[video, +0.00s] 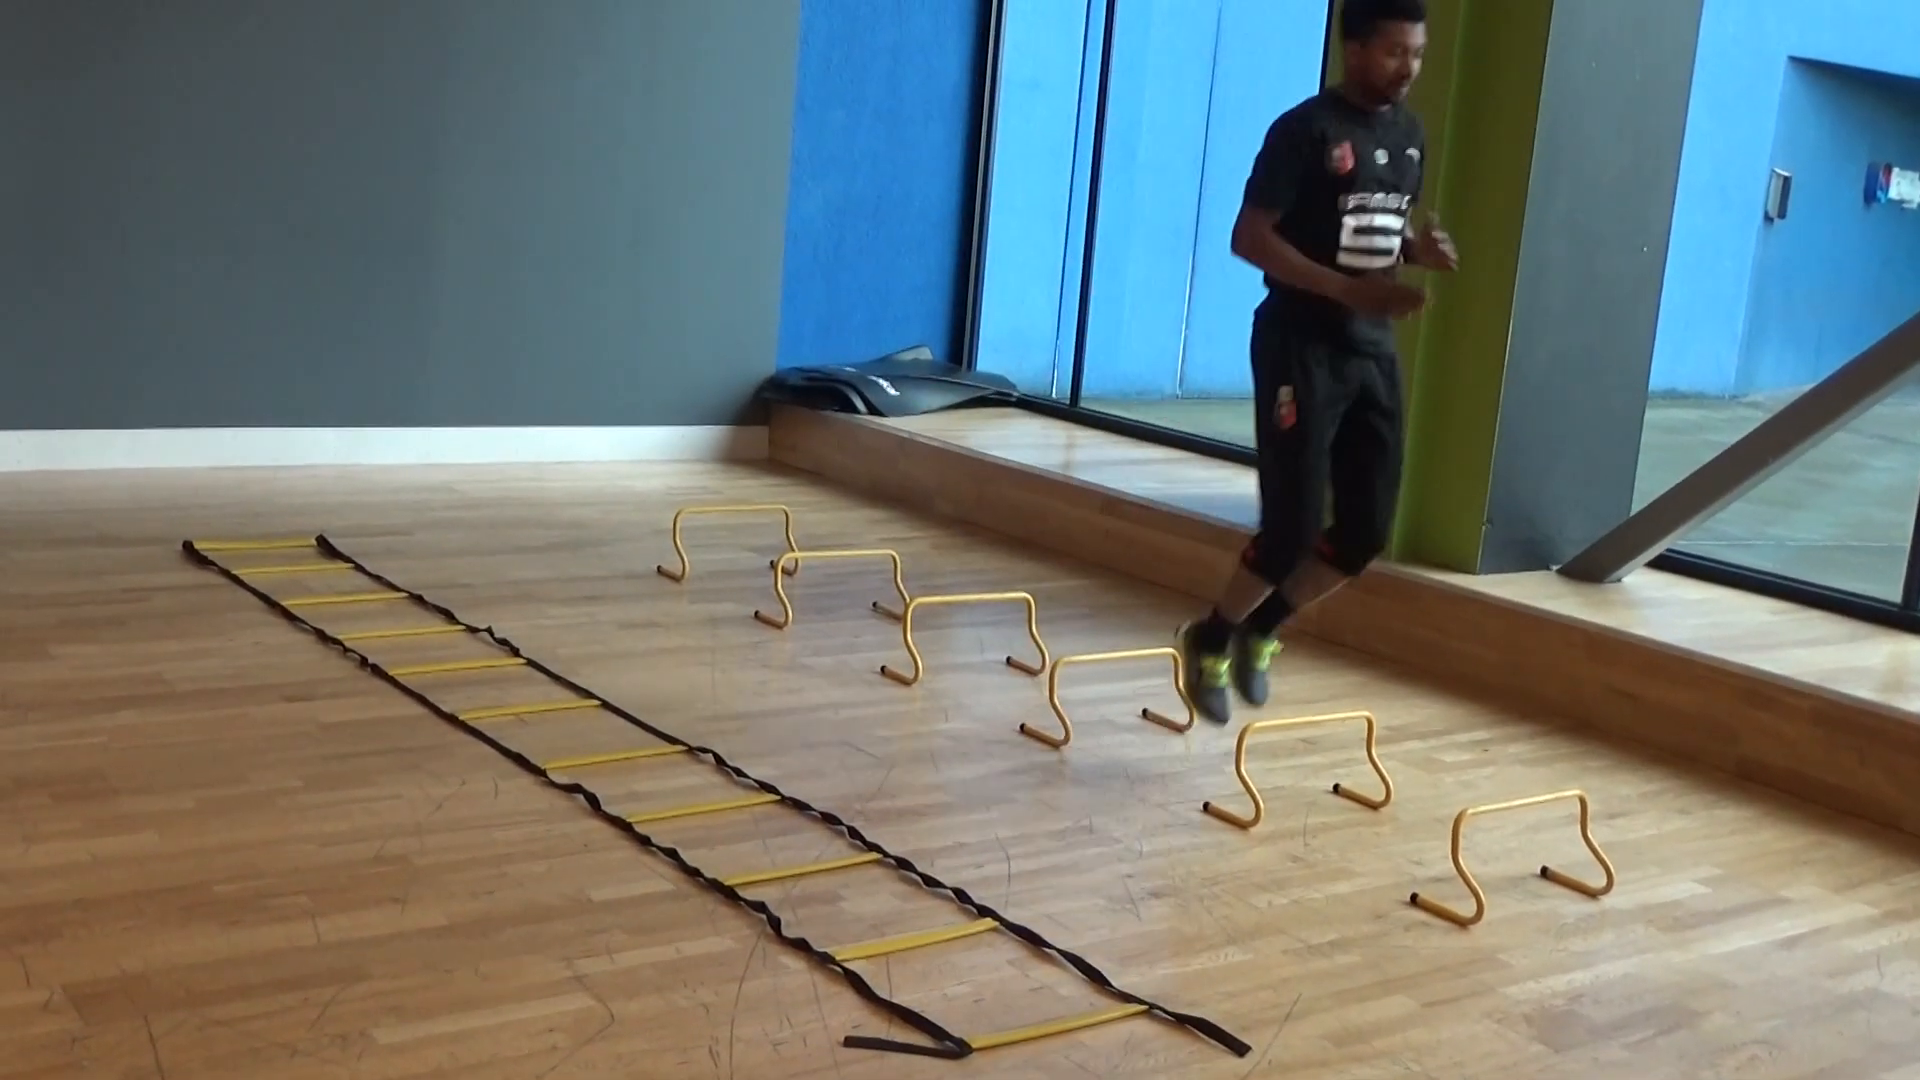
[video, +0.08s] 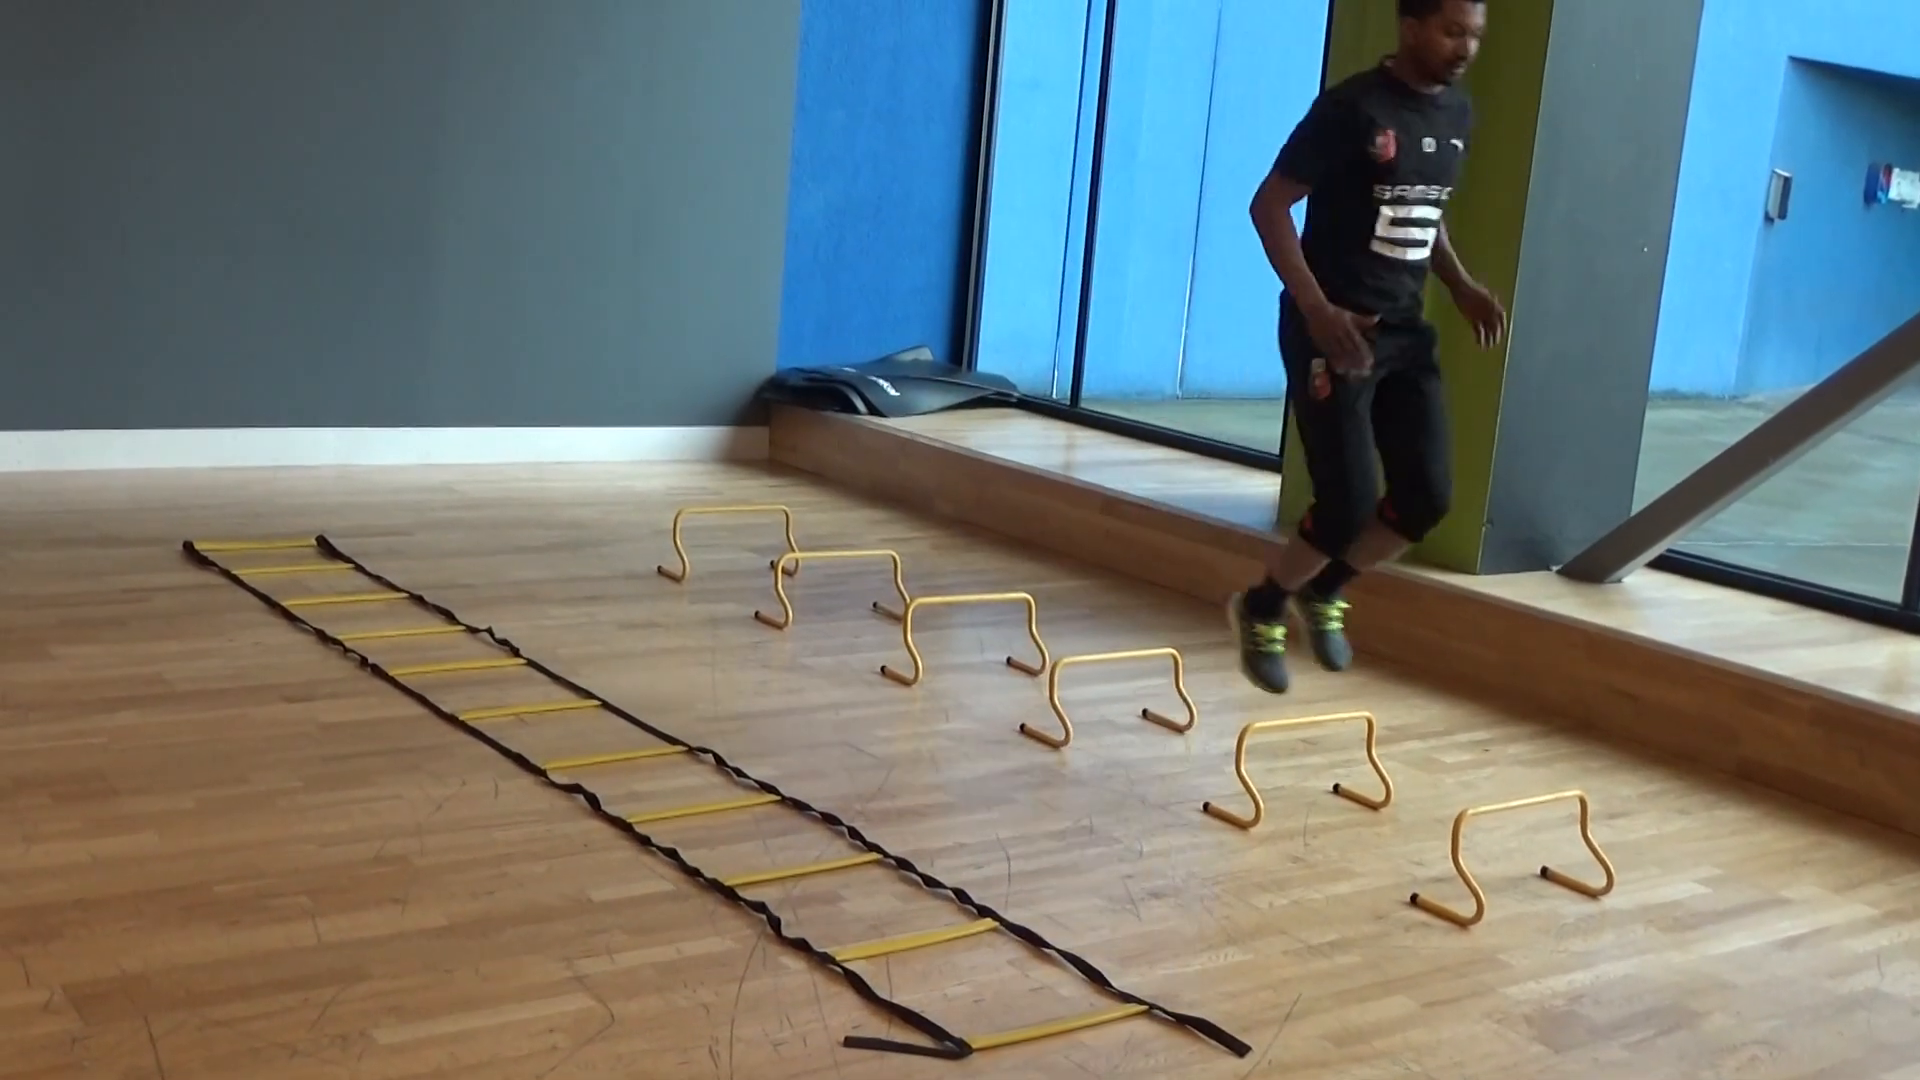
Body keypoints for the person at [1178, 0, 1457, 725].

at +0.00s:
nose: (1408, 68)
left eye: (1416, 54)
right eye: (1395, 52)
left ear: (1420, 57)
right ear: (1354, 48)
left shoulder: (1408, 136)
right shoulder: (1304, 131)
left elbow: (1385, 226)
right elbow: (1249, 236)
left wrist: (1419, 241)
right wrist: (1351, 287)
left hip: (1371, 348)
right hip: (1299, 344)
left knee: (1360, 539)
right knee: (1292, 531)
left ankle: (1260, 631)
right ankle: (1209, 637)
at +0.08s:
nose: (1467, 49)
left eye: (1476, 35)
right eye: (1454, 32)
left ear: (1481, 35)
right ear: (1407, 25)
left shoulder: (1457, 111)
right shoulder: (1350, 105)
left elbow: (1422, 210)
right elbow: (1269, 205)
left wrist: (1463, 285)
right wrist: (1316, 310)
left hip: (1403, 333)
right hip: (1331, 330)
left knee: (1425, 496)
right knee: (1347, 506)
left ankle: (1322, 593)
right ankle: (1262, 605)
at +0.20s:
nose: (1544, 75)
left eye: (1554, 61)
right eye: (1533, 56)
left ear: (1555, 60)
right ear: (1487, 43)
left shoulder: (1528, 130)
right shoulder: (1416, 112)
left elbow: (1468, 212)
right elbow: (1293, 150)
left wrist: (1473, 290)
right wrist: (1305, 271)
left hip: (1458, 345)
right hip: (1376, 338)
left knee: (1476, 523)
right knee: (1398, 525)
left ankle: (1424, 677)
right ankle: (1360, 696)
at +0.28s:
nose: (1582, 112)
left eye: (1591, 97)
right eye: (1570, 94)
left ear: (1591, 97)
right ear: (1521, 82)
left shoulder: (1563, 171)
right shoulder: (1451, 150)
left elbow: (1496, 249)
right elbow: (1332, 172)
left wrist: (1488, 343)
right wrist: (1336, 296)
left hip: (1492, 392)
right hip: (1411, 383)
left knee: (1495, 581)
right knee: (1427, 580)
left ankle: (1468, 760)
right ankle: (1411, 763)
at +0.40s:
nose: (1606, 186)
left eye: (1612, 171)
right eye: (1589, 170)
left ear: (1616, 174)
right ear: (1541, 173)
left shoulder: (1596, 266)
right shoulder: (1484, 264)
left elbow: (1549, 383)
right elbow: (1402, 368)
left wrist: (1582, 457)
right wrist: (1458, 477)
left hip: (1546, 497)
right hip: (1472, 494)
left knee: (1535, 691)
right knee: (1489, 683)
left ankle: (1459, 813)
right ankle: (1424, 824)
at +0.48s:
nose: (1628, 144)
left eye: (1634, 129)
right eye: (1611, 129)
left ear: (1638, 132)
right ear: (1562, 131)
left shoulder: (1639, 231)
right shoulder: (1517, 230)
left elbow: (1618, 349)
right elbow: (1470, 348)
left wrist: (1656, 384)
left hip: (1598, 480)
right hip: (1515, 474)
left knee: (1553, 661)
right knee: (1494, 651)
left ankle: (1468, 805)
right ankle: (1427, 811)